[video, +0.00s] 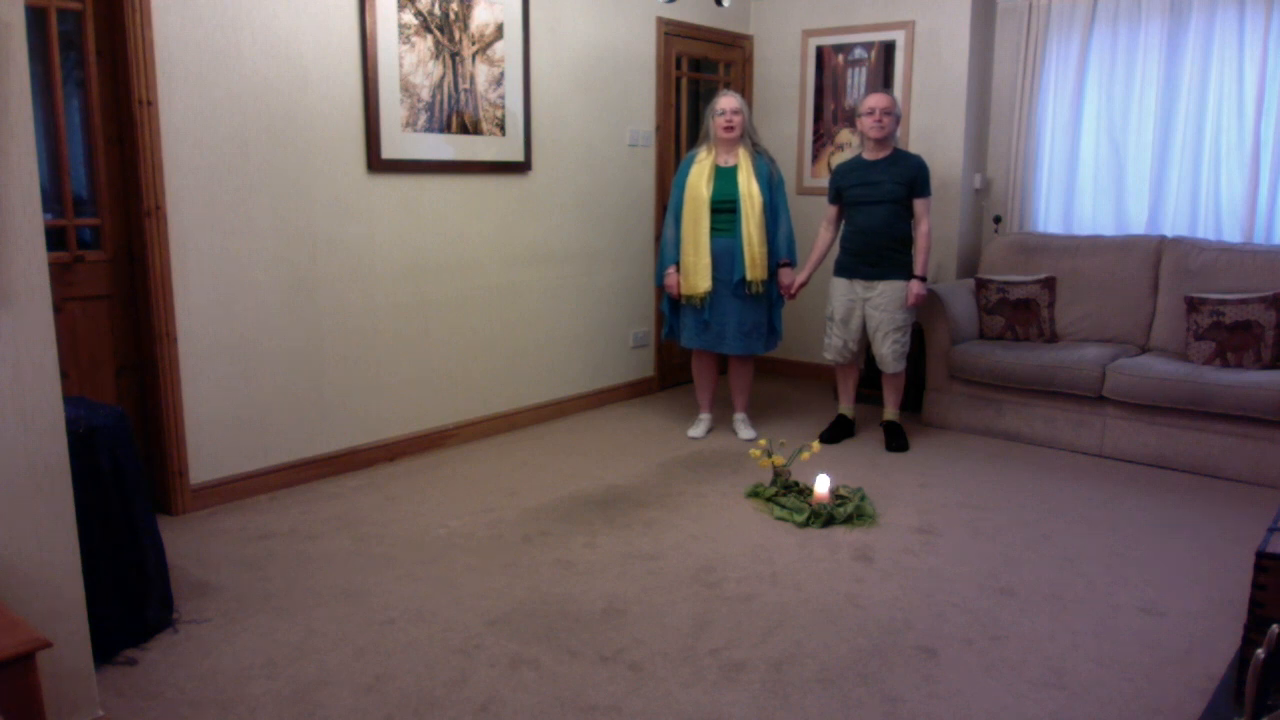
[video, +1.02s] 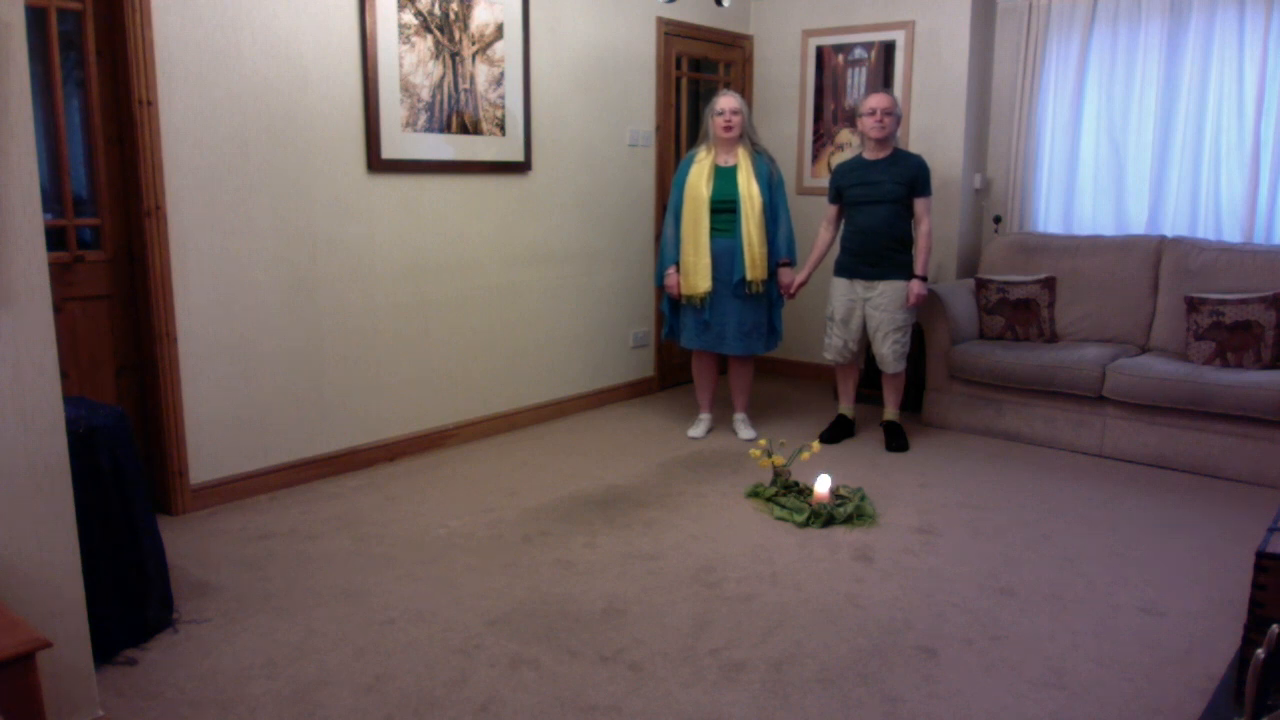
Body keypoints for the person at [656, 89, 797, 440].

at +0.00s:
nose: (728, 119)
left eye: (735, 113)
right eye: (721, 113)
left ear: (746, 119)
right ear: (710, 121)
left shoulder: (762, 164)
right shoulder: (692, 163)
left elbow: (779, 216)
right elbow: (674, 218)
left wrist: (785, 264)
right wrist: (670, 266)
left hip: (748, 268)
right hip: (700, 269)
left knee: (743, 344)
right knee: (702, 343)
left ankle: (741, 414)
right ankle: (704, 413)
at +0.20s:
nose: (728, 119)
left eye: (735, 113)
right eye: (721, 113)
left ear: (745, 119)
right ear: (710, 120)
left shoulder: (762, 164)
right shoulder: (692, 163)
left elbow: (779, 216)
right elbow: (674, 218)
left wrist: (785, 264)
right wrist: (670, 266)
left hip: (748, 268)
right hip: (700, 269)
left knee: (742, 344)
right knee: (702, 343)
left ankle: (741, 415)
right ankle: (704, 413)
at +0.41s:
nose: (728, 119)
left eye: (735, 113)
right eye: (721, 113)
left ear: (745, 119)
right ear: (710, 120)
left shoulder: (762, 164)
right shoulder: (692, 163)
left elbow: (779, 216)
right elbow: (674, 218)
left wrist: (785, 264)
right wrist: (670, 267)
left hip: (748, 268)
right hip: (700, 269)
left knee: (742, 344)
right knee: (702, 343)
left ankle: (741, 415)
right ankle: (704, 413)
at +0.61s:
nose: (728, 119)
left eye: (735, 113)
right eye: (721, 113)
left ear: (745, 119)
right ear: (710, 120)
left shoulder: (762, 163)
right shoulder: (692, 163)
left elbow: (779, 215)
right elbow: (674, 218)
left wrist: (784, 264)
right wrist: (670, 266)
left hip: (748, 268)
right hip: (700, 268)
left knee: (742, 344)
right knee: (702, 343)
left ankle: (741, 415)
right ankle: (704, 413)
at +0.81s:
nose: (727, 119)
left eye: (735, 113)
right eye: (720, 113)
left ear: (745, 119)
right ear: (710, 120)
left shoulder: (762, 163)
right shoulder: (692, 163)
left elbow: (779, 215)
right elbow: (673, 218)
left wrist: (784, 264)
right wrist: (670, 266)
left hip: (748, 268)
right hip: (700, 268)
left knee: (742, 344)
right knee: (702, 343)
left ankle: (741, 415)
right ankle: (704, 413)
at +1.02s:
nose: (728, 119)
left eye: (735, 113)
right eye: (720, 113)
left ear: (745, 119)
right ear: (709, 120)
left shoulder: (762, 163)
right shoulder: (692, 163)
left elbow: (779, 215)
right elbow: (673, 218)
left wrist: (784, 264)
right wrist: (670, 266)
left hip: (748, 268)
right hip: (700, 268)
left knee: (742, 344)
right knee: (702, 343)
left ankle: (741, 415)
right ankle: (704, 413)